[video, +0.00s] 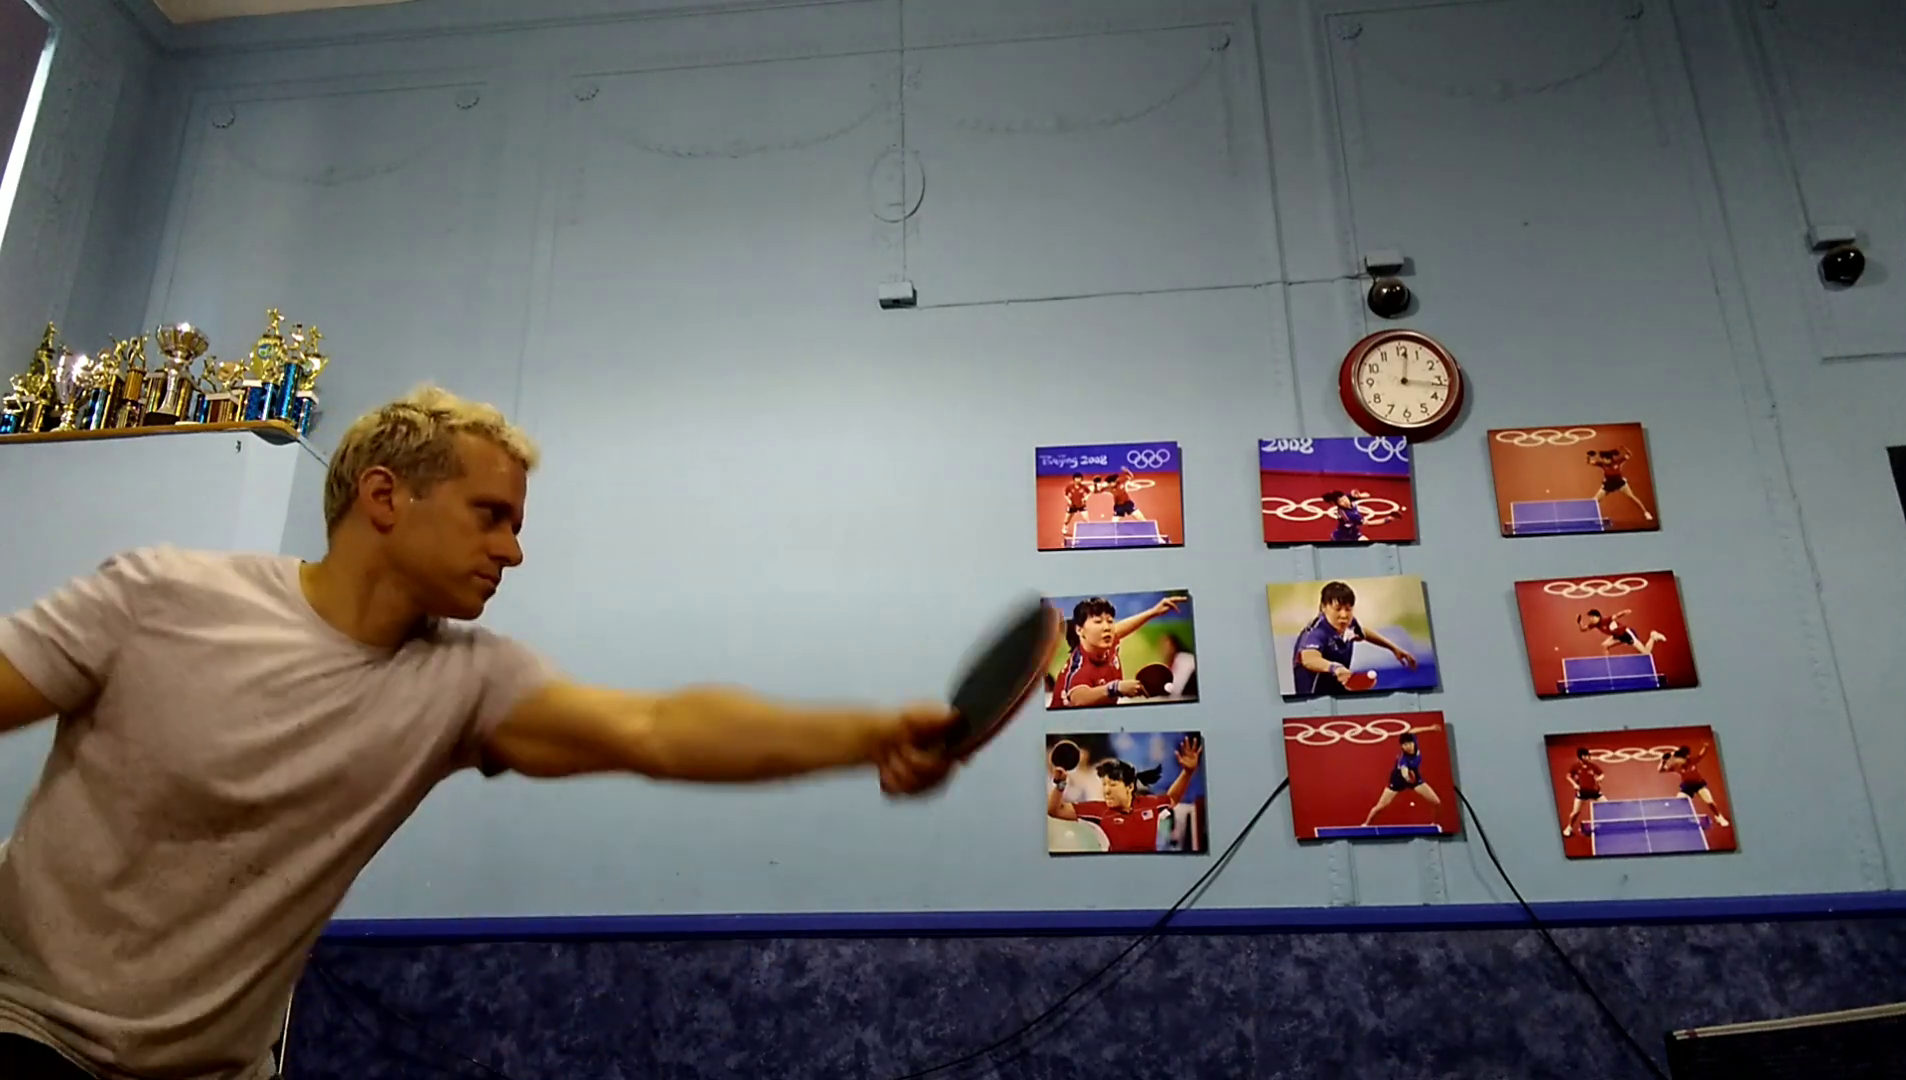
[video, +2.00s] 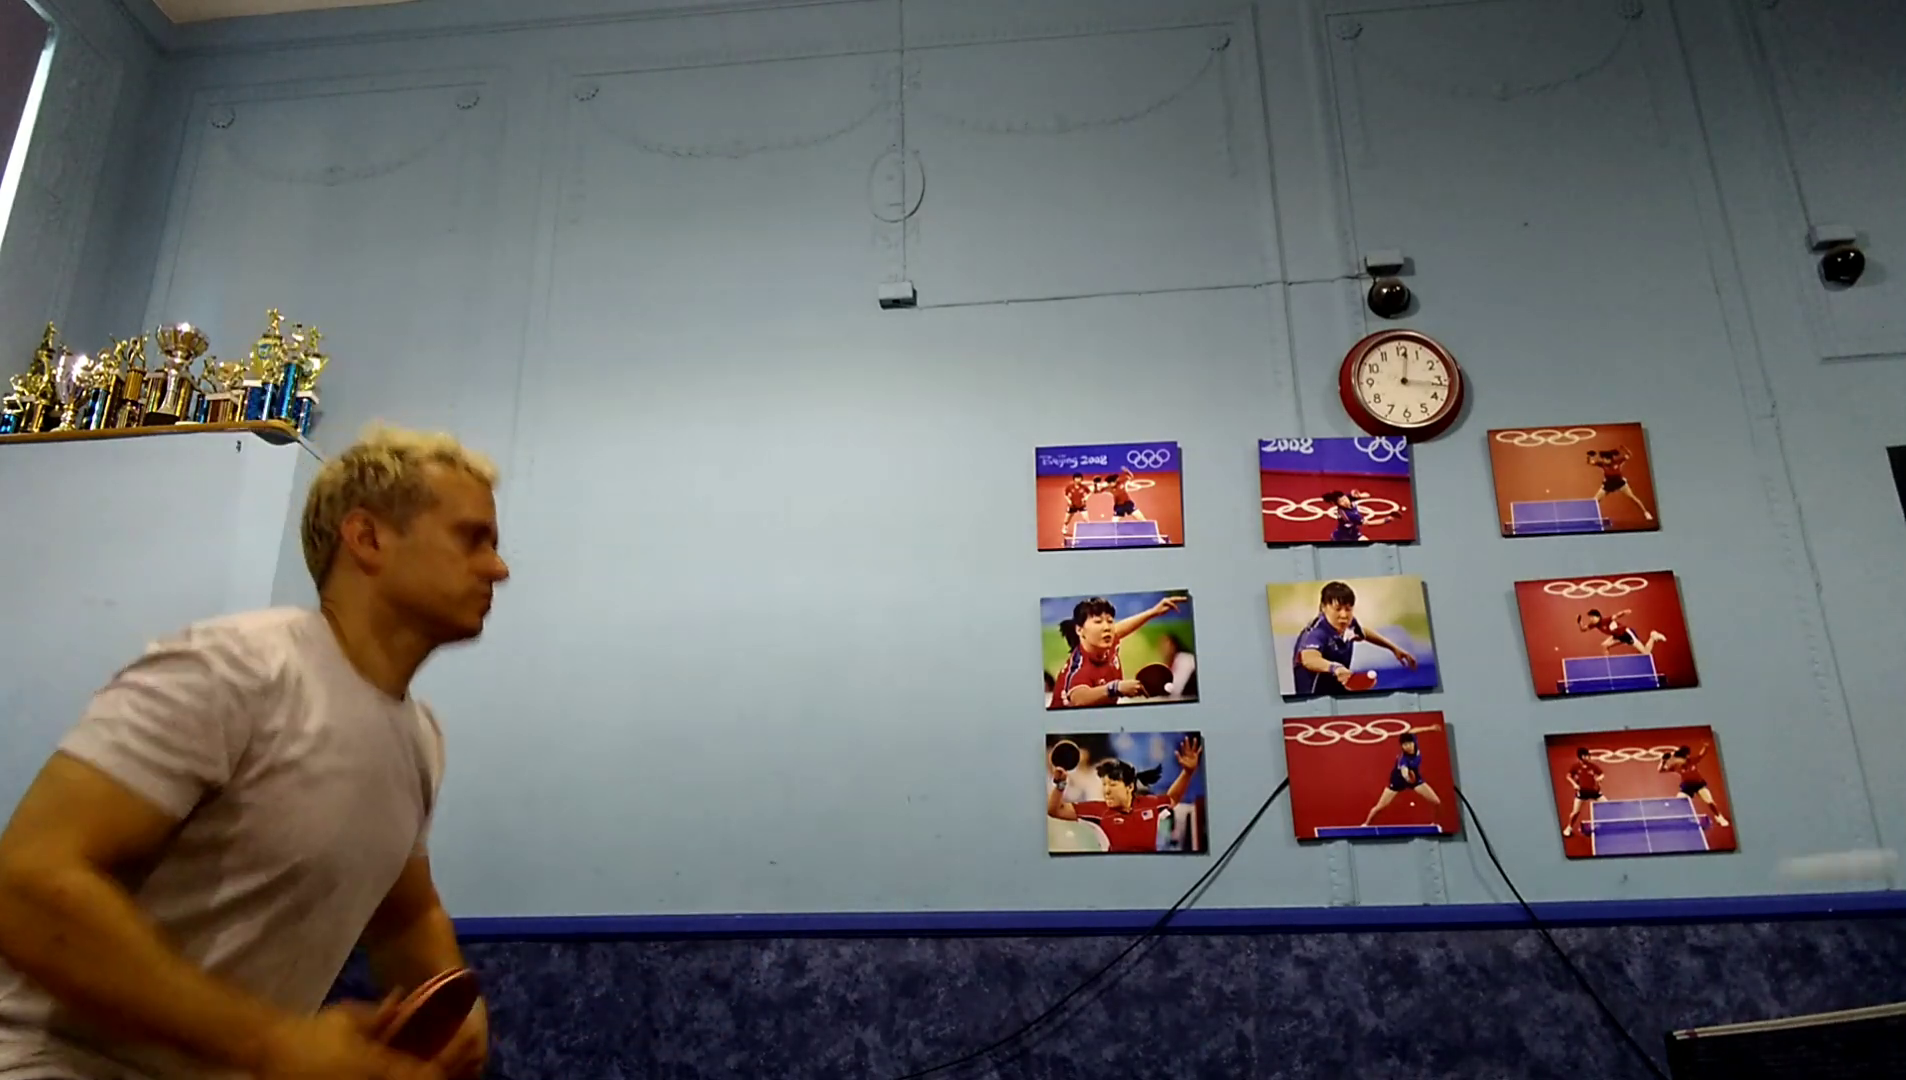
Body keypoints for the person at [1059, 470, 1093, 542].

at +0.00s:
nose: (1078, 481)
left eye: (1079, 479)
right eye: (1076, 479)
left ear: (1081, 480)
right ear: (1074, 480)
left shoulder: (1083, 487)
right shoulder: (1070, 487)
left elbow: (1089, 492)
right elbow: (1065, 494)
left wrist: (1085, 498)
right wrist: (1068, 501)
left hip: (1081, 506)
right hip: (1072, 505)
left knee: (1086, 519)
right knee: (1066, 520)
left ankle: (1090, 530)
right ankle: (1064, 529)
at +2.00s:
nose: (1078, 480)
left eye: (1079, 479)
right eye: (1077, 479)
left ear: (1081, 479)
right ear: (1074, 479)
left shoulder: (1083, 487)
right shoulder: (1070, 487)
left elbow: (1090, 492)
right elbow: (1065, 494)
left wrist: (1085, 498)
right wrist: (1069, 501)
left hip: (1081, 505)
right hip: (1073, 505)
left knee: (1086, 519)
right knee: (1066, 520)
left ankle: (1090, 531)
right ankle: (1064, 529)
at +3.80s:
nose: (1078, 481)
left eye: (1079, 479)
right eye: (1077, 479)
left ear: (1081, 480)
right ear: (1074, 480)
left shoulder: (1083, 487)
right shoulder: (1070, 487)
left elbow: (1089, 492)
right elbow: (1065, 494)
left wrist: (1085, 498)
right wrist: (1068, 501)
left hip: (1081, 505)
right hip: (1072, 505)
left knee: (1086, 519)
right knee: (1067, 520)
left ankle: (1090, 531)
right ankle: (1064, 528)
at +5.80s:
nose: (1078, 481)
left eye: (1079, 479)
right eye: (1077, 479)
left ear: (1081, 480)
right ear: (1074, 480)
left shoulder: (1083, 487)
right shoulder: (1070, 487)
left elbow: (1089, 492)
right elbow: (1065, 494)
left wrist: (1085, 498)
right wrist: (1068, 501)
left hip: (1081, 505)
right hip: (1072, 505)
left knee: (1086, 519)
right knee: (1066, 520)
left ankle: (1090, 530)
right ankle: (1064, 528)